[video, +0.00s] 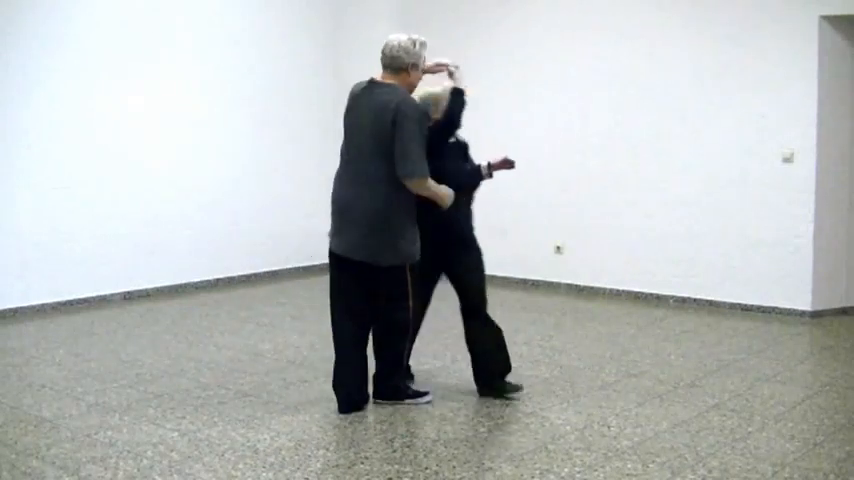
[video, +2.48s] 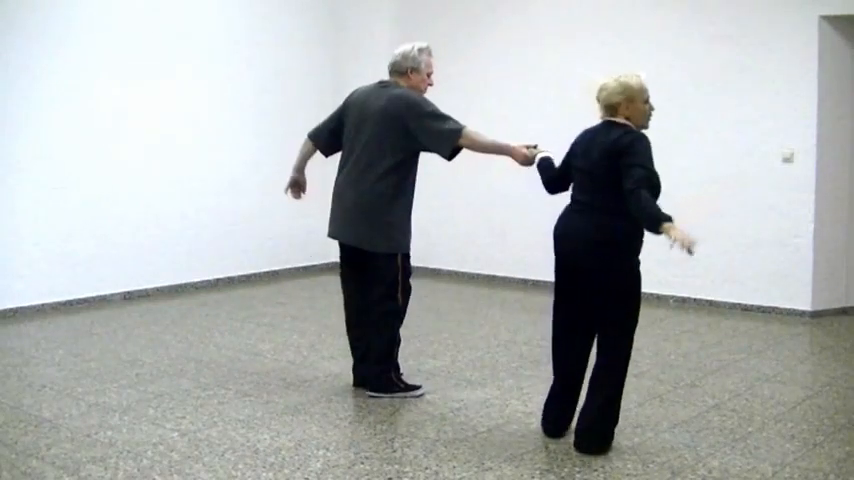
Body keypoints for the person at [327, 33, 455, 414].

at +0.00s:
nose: (421, 74)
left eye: (422, 68)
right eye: (420, 68)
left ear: (382, 65)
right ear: (413, 70)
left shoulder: (358, 94)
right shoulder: (407, 107)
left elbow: (386, 87)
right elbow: (412, 175)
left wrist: (419, 74)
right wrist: (438, 192)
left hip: (346, 224)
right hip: (388, 227)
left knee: (348, 315)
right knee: (394, 311)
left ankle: (349, 396)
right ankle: (391, 386)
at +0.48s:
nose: (439, 74)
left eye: (438, 67)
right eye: (434, 68)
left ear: (411, 66)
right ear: (413, 68)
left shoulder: (400, 91)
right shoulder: (394, 104)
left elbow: (446, 91)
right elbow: (421, 172)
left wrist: (491, 74)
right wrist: (477, 178)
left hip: (393, 220)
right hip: (392, 224)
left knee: (397, 299)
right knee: (403, 304)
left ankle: (372, 363)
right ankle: (390, 383)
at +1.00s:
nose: (451, 75)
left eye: (452, 68)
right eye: (446, 69)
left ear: (436, 68)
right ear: (419, 68)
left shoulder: (440, 107)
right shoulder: (391, 108)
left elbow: (447, 159)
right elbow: (389, 171)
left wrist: (468, 178)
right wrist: (441, 191)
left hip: (428, 230)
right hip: (394, 233)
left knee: (429, 305)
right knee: (402, 311)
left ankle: (420, 373)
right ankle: (396, 384)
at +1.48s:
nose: (456, 73)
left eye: (457, 66)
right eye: (450, 66)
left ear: (440, 67)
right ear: (426, 66)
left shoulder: (442, 110)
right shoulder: (399, 104)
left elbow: (447, 164)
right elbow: (399, 164)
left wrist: (468, 178)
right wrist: (447, 182)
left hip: (435, 227)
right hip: (406, 228)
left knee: (435, 300)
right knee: (426, 300)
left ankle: (423, 374)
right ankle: (413, 377)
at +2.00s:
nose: (451, 79)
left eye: (451, 72)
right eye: (447, 71)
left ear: (420, 71)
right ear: (426, 69)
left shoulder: (390, 96)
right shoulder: (412, 99)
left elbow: (352, 148)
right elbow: (405, 154)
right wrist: (441, 192)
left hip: (387, 223)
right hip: (397, 225)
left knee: (412, 301)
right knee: (403, 304)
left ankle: (414, 372)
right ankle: (385, 380)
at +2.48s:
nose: (431, 82)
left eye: (432, 75)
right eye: (428, 74)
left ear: (397, 72)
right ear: (410, 72)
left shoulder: (360, 97)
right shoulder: (410, 104)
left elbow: (315, 137)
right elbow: (461, 137)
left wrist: (297, 171)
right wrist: (511, 150)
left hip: (348, 218)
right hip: (384, 223)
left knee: (360, 296)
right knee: (392, 295)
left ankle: (366, 373)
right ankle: (382, 377)